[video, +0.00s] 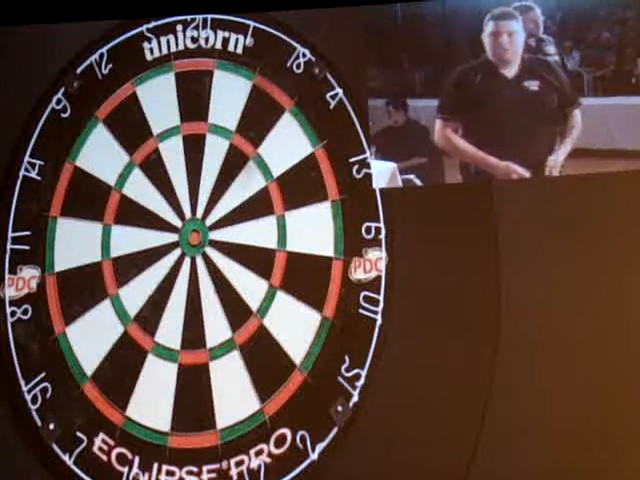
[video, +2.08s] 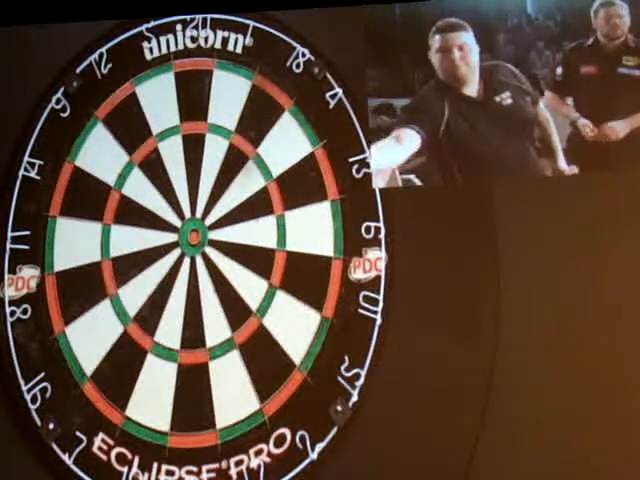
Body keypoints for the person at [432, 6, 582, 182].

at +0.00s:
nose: (503, 41)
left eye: (511, 34)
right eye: (495, 34)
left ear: (524, 38)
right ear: (483, 40)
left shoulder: (546, 72)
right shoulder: (465, 79)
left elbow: (574, 117)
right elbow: (442, 135)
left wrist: (558, 156)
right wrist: (496, 167)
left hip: (540, 191)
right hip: (486, 192)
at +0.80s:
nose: (503, 43)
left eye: (511, 36)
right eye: (495, 36)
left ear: (525, 40)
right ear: (483, 43)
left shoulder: (547, 73)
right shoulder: (468, 84)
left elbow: (575, 120)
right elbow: (450, 146)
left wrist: (571, 160)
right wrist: (478, 191)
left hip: (551, 189)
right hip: (499, 192)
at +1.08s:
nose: (495, 44)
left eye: (502, 36)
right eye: (486, 37)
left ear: (517, 40)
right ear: (474, 44)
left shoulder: (541, 72)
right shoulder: (462, 87)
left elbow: (570, 123)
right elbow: (451, 153)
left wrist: (570, 166)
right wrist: (449, 208)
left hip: (547, 190)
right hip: (492, 196)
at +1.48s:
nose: (468, 51)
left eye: (476, 42)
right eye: (459, 44)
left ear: (491, 45)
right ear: (446, 51)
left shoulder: (514, 73)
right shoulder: (439, 98)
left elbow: (545, 115)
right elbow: (427, 169)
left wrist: (563, 163)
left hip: (543, 193)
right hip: (484, 203)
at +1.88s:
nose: (457, 56)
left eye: (465, 47)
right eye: (446, 49)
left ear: (479, 51)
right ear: (434, 57)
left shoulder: (505, 74)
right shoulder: (431, 103)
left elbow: (542, 115)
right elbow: (407, 162)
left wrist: (561, 161)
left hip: (537, 197)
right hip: (478, 208)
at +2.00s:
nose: (456, 57)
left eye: (463, 47)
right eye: (445, 51)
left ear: (478, 51)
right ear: (433, 59)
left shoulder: (503, 74)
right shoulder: (432, 102)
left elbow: (542, 115)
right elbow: (402, 153)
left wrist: (561, 161)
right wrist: (367, 189)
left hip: (537, 195)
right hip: (480, 207)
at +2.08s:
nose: (455, 57)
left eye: (462, 48)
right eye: (444, 51)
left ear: (476, 52)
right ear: (432, 60)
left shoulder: (503, 75)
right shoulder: (432, 102)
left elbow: (541, 116)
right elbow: (402, 141)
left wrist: (560, 162)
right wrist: (366, 163)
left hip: (536, 194)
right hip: (479, 206)